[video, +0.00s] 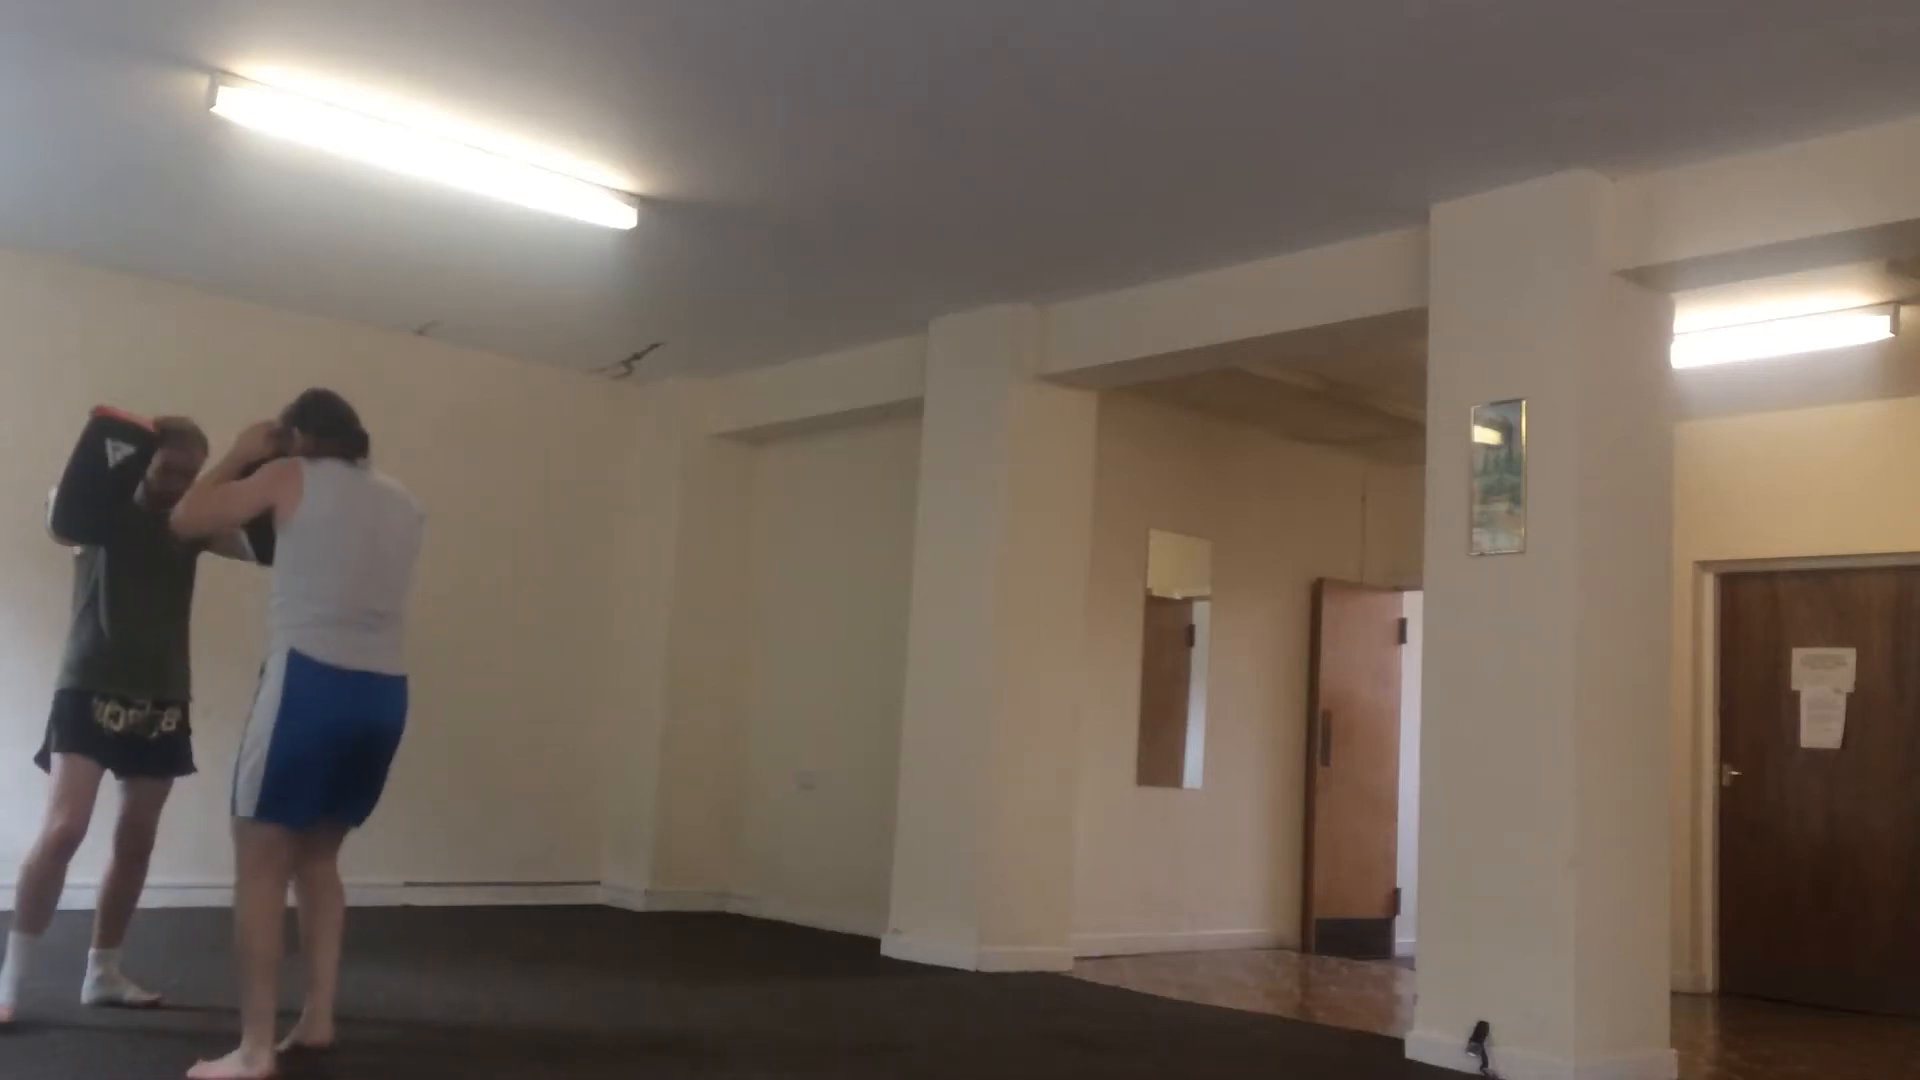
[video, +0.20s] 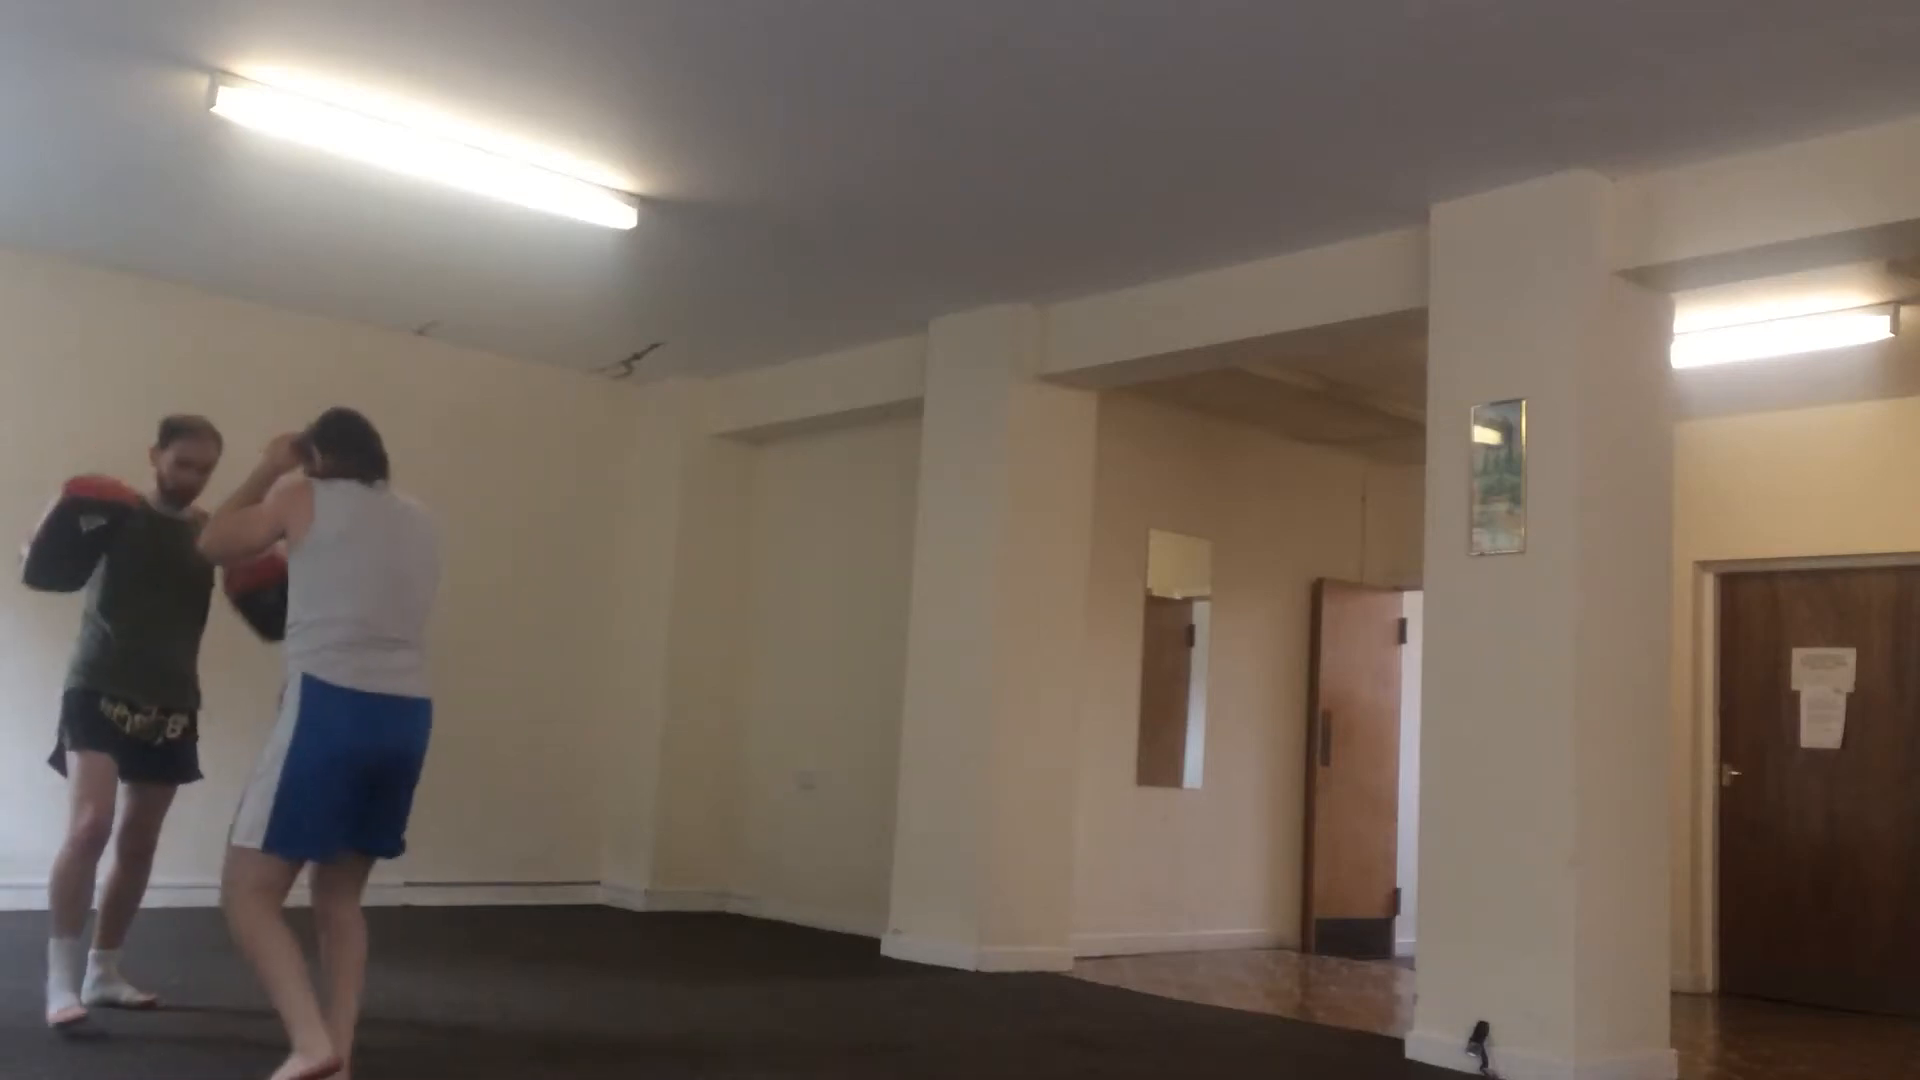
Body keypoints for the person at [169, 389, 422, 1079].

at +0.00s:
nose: (282, 442)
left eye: (285, 434)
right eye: (284, 433)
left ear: (299, 438)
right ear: (359, 441)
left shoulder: (292, 479)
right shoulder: (404, 507)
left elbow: (188, 518)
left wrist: (240, 454)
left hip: (305, 694)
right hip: (381, 702)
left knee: (262, 862)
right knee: (319, 853)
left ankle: (256, 1048)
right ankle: (319, 1019)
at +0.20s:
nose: (299, 461)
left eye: (304, 453)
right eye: (302, 453)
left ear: (317, 457)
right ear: (379, 462)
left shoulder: (306, 496)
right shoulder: (421, 523)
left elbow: (212, 541)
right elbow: (375, 603)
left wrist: (266, 471)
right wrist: (286, 588)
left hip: (324, 719)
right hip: (403, 728)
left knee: (248, 894)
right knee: (341, 895)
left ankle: (312, 1047)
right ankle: (337, 1056)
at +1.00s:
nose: (371, 452)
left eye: (373, 441)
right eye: (372, 442)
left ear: (386, 439)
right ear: (448, 437)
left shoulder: (380, 487)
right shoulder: (495, 507)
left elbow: (263, 523)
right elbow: (449, 610)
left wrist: (290, 447)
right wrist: (334, 632)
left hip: (395, 719)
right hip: (473, 730)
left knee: (322, 907)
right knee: (398, 903)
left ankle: (345, 1070)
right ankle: (416, 1068)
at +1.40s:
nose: (379, 444)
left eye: (383, 436)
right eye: (382, 435)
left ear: (396, 445)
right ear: (459, 446)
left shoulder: (388, 490)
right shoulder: (509, 512)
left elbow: (291, 533)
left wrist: (346, 458)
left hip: (416, 726)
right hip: (495, 737)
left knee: (368, 936)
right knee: (418, 915)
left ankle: (417, 1070)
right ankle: (417, 1066)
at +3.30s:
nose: (292, 431)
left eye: (294, 420)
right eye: (294, 420)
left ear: (314, 417)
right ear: (367, 414)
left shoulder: (300, 468)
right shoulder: (419, 471)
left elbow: (217, 547)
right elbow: (478, 417)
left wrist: (107, 610)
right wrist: (396, 372)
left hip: (233, 659)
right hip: (315, 691)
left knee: (138, 607)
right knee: (265, 857)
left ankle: (78, 740)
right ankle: (221, 1024)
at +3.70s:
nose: (275, 477)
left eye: (277, 466)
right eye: (279, 467)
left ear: (290, 472)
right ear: (349, 469)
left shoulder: (267, 526)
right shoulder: (392, 549)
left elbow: (173, 574)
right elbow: (340, 618)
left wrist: (221, 499)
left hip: (260, 741)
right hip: (346, 752)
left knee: (169, 876)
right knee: (312, 884)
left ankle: (129, 1048)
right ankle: (339, 1028)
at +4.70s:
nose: (406, 420)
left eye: (412, 414)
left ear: (421, 424)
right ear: (489, 429)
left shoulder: (389, 475)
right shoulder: (537, 493)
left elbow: (318, 545)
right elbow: (523, 582)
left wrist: (379, 460)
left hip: (406, 726)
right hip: (509, 729)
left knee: (368, 919)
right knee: (483, 940)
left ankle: (386, 1071)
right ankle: (474, 1075)